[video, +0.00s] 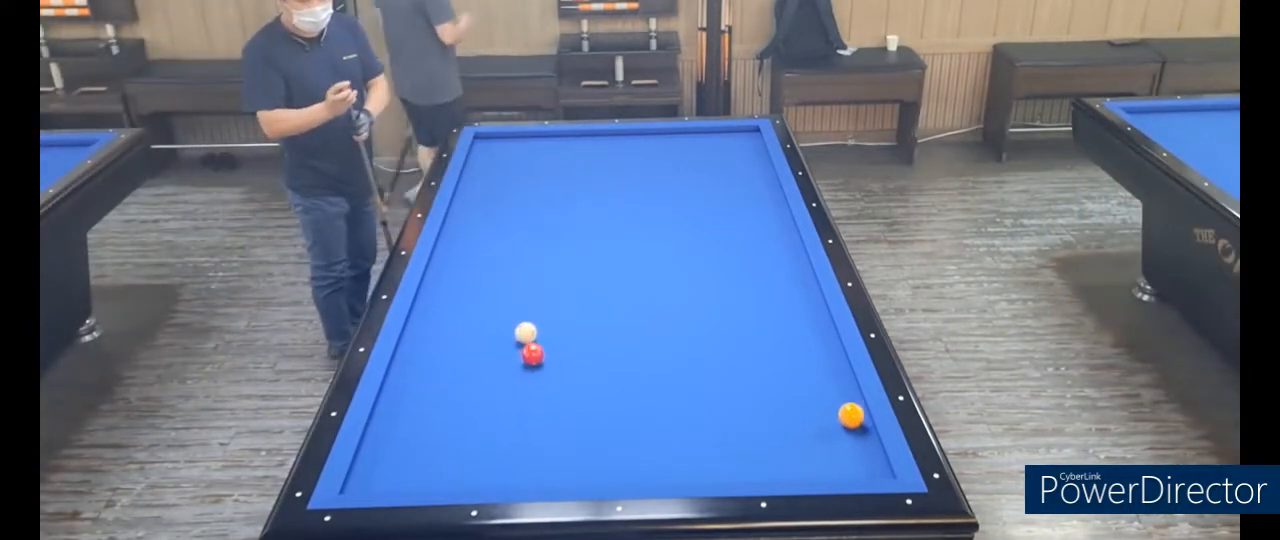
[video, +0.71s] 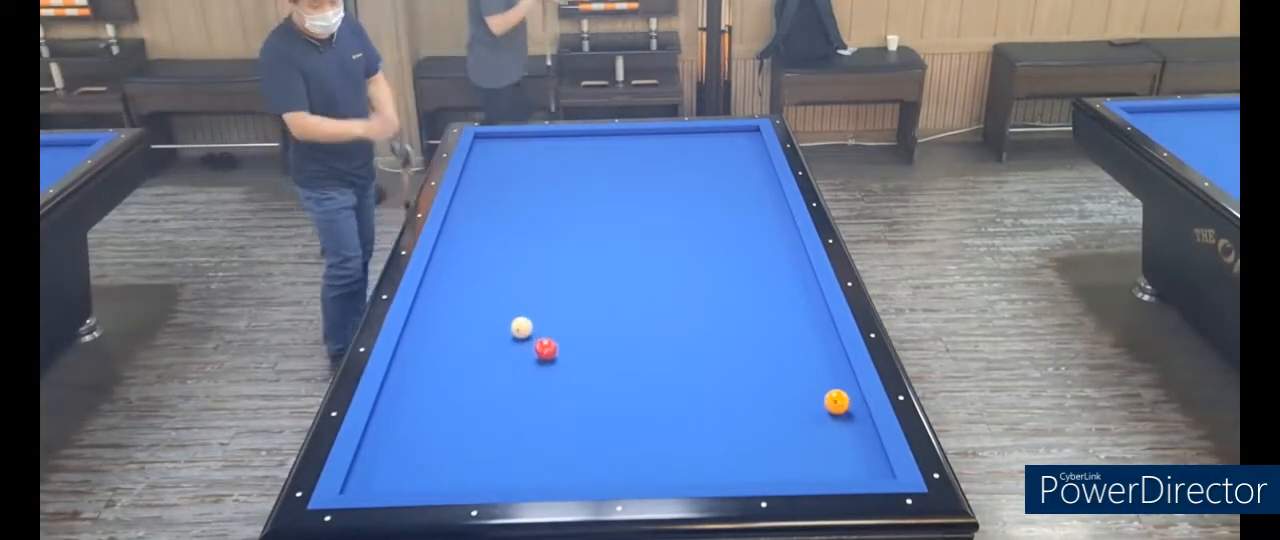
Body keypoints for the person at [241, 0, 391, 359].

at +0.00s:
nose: (319, 8)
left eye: (324, 1)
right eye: (307, 3)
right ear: (284, 5)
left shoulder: (347, 28)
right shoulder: (263, 49)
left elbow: (379, 85)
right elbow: (271, 125)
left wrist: (368, 112)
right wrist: (326, 109)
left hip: (358, 173)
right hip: (313, 182)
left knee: (361, 261)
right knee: (331, 270)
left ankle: (358, 329)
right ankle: (342, 346)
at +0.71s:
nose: (328, 7)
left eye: (333, 0)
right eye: (316, 3)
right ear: (290, 5)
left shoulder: (348, 27)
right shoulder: (279, 51)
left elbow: (375, 80)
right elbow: (299, 126)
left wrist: (390, 120)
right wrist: (366, 127)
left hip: (360, 171)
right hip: (322, 179)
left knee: (361, 259)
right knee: (345, 265)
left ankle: (357, 336)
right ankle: (340, 352)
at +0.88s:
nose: (337, 24)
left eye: (342, 13)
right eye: (324, 18)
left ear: (350, 7)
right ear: (300, 16)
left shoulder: (347, 33)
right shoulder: (290, 61)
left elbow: (367, 79)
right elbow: (323, 139)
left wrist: (388, 128)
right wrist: (390, 171)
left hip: (353, 178)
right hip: (318, 186)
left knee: (355, 259)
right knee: (336, 268)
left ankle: (355, 332)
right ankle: (339, 354)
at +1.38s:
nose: (330, 42)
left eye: (334, 32)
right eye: (318, 37)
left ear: (342, 16)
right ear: (293, 31)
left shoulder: (351, 32)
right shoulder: (276, 62)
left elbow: (378, 63)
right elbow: (279, 148)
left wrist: (387, 70)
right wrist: (348, 177)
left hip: (350, 178)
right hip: (306, 186)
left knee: (351, 261)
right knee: (323, 272)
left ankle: (354, 336)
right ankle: (338, 354)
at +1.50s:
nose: (318, 41)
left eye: (322, 31)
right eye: (305, 37)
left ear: (329, 15)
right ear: (280, 31)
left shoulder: (349, 33)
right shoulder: (262, 63)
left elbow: (399, 76)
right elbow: (244, 142)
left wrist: (394, 69)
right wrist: (299, 192)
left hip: (351, 176)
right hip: (300, 187)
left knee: (355, 263)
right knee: (314, 272)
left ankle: (354, 337)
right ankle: (333, 350)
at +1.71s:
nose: (308, 60)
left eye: (312, 50)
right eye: (295, 56)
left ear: (317, 34)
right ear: (270, 50)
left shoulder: (343, 53)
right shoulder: (250, 74)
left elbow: (390, 96)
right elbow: (221, 135)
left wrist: (401, 118)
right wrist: (259, 185)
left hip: (354, 185)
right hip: (298, 195)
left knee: (379, 260)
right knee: (310, 277)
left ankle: (363, 338)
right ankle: (332, 352)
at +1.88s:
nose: (314, 85)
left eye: (319, 75)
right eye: (302, 81)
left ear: (324, 59)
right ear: (275, 73)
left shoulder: (350, 78)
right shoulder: (249, 81)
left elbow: (394, 130)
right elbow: (225, 123)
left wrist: (402, 176)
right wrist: (252, 173)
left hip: (359, 188)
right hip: (300, 194)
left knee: (383, 269)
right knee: (309, 276)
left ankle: (414, 341)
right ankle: (332, 353)